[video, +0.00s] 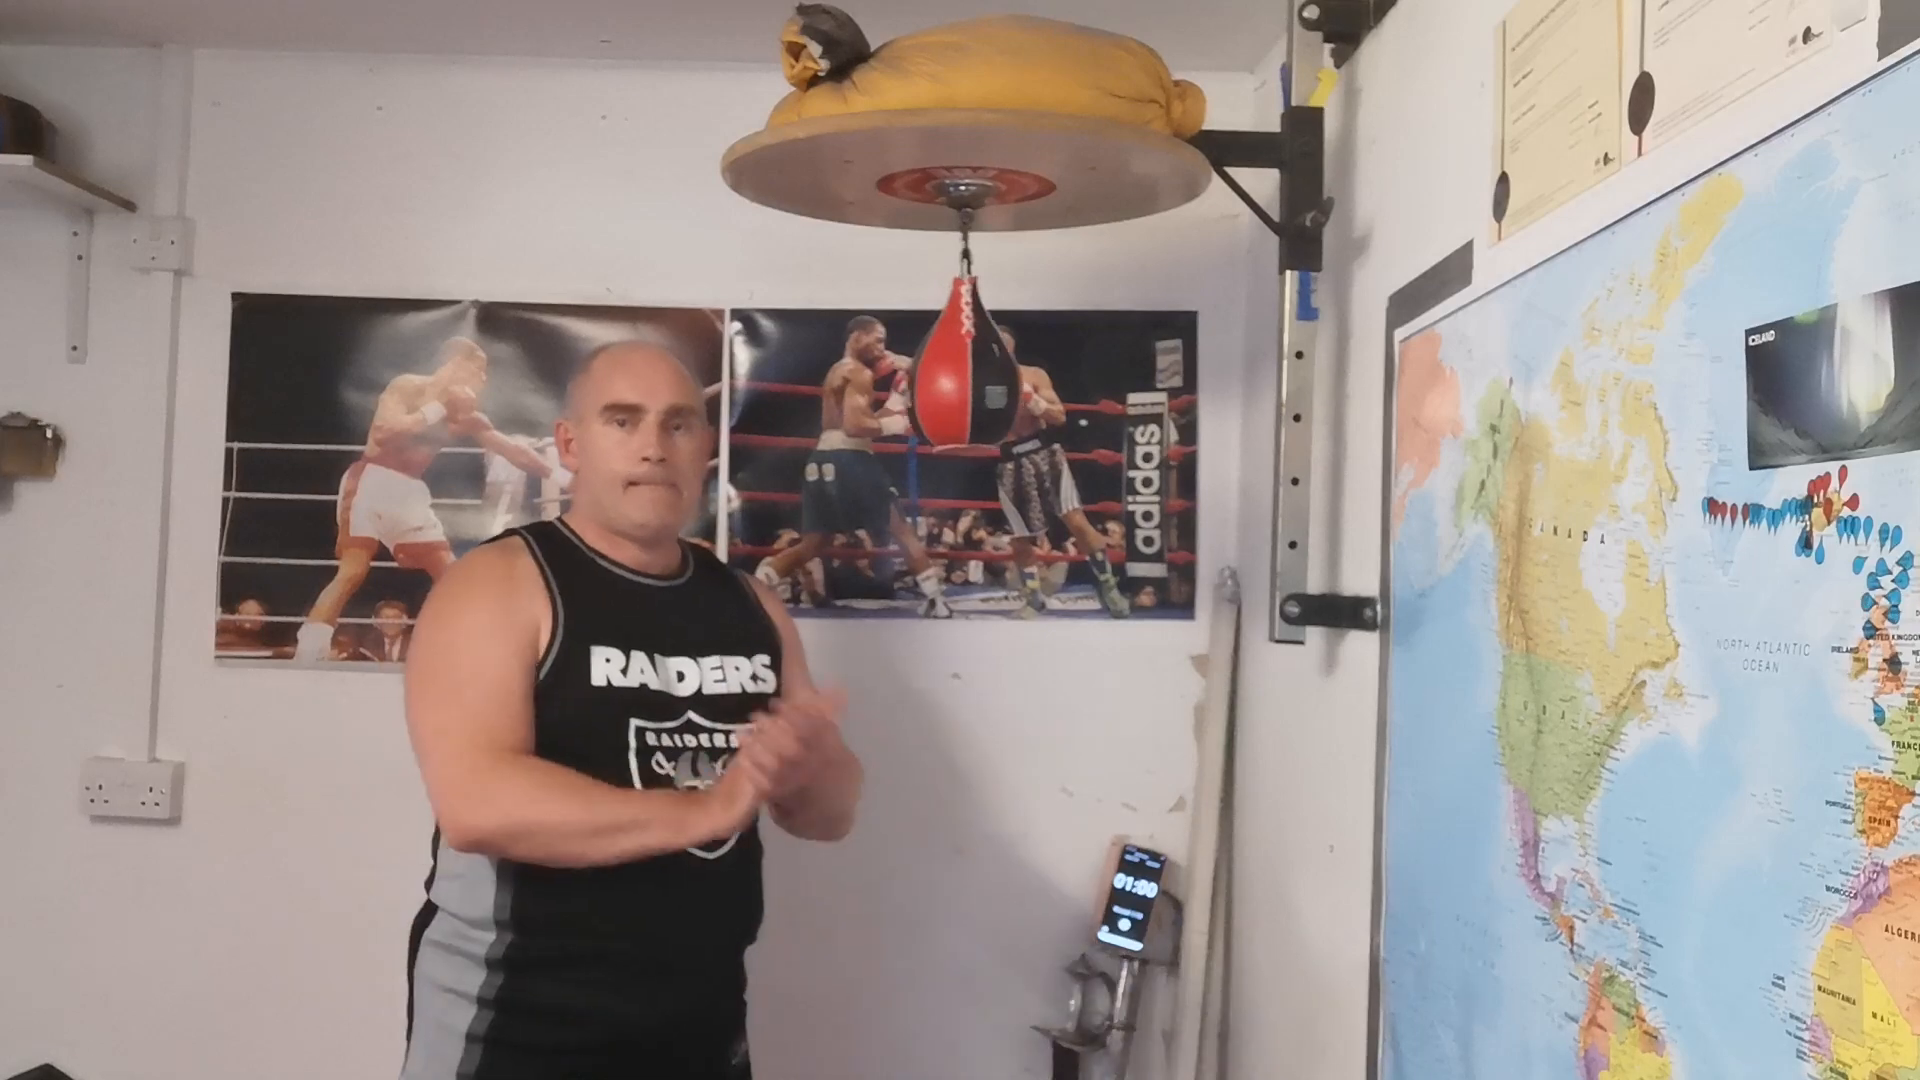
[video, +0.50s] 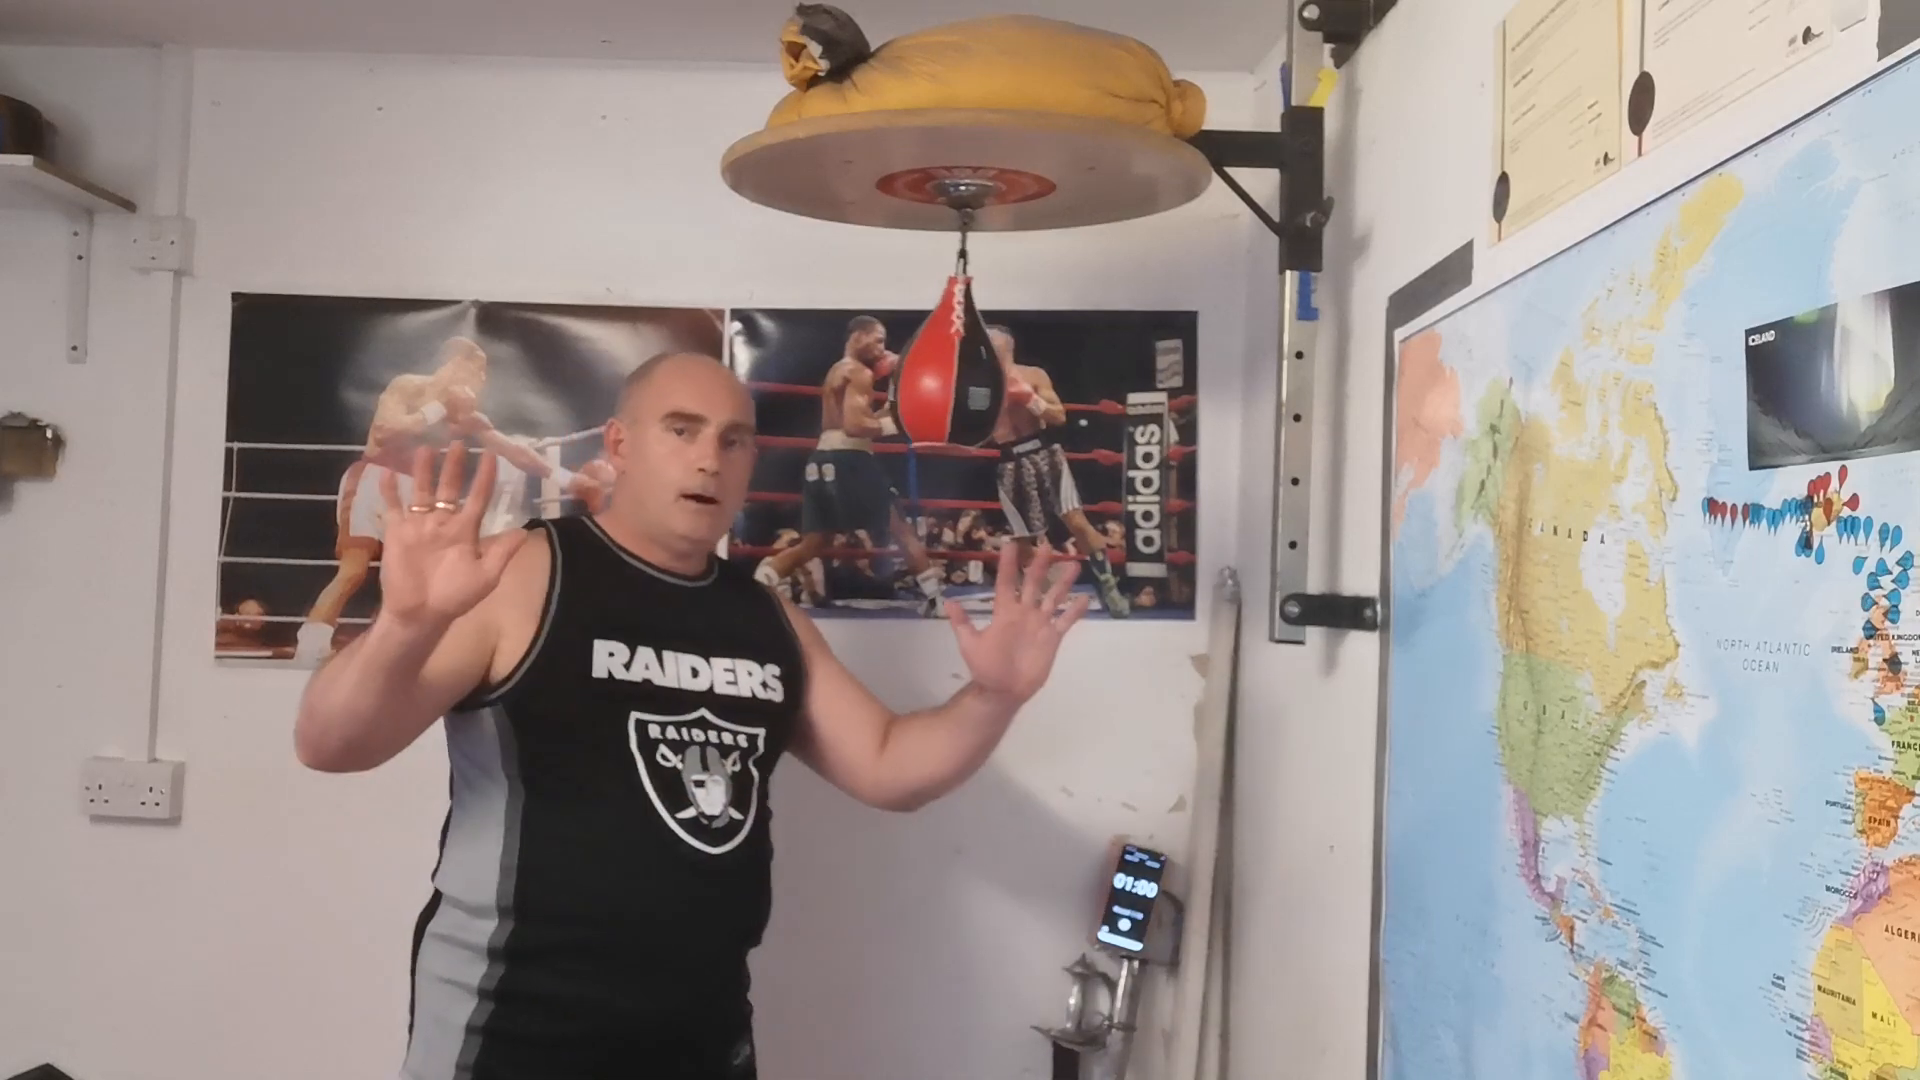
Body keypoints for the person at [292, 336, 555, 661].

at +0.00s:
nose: (481, 380)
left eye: (483, 373)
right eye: (477, 370)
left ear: (472, 376)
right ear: (453, 363)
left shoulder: (463, 407)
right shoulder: (405, 386)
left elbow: (506, 447)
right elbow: (382, 434)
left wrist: (555, 475)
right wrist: (434, 412)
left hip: (409, 493)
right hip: (370, 482)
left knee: (448, 573)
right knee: (352, 571)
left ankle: (450, 658)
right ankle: (306, 651)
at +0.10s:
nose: (474, 382)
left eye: (479, 376)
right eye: (470, 372)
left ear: (479, 379)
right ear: (452, 365)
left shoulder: (463, 410)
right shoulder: (405, 386)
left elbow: (511, 450)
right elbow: (381, 435)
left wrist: (560, 479)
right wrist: (434, 412)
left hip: (410, 492)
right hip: (371, 482)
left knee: (449, 574)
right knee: (353, 570)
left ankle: (463, 659)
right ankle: (306, 653)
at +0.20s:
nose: (482, 381)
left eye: (484, 374)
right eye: (479, 371)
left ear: (468, 373)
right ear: (455, 365)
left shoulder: (461, 415)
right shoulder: (406, 386)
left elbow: (510, 448)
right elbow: (384, 430)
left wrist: (546, 473)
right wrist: (437, 407)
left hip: (409, 492)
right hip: (368, 482)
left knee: (449, 573)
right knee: (352, 572)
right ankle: (306, 654)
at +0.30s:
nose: (478, 382)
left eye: (480, 375)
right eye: (474, 373)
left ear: (474, 377)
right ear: (453, 365)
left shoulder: (461, 408)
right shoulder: (404, 387)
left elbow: (510, 450)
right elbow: (382, 432)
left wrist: (564, 478)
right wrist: (432, 414)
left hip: (408, 491)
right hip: (370, 482)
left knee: (447, 576)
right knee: (353, 571)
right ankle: (306, 653)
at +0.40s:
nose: (474, 380)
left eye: (479, 373)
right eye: (469, 370)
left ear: (481, 377)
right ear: (450, 365)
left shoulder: (463, 412)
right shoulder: (406, 387)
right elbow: (385, 431)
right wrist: (438, 407)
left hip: (413, 488)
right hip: (373, 477)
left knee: (413, 572)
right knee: (352, 570)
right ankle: (311, 640)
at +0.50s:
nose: (472, 380)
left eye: (478, 373)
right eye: (466, 370)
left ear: (482, 380)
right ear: (448, 366)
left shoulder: (468, 417)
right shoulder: (407, 386)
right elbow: (384, 429)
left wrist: (482, 429)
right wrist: (436, 409)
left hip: (424, 486)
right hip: (378, 475)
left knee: (418, 573)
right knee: (353, 572)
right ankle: (309, 644)